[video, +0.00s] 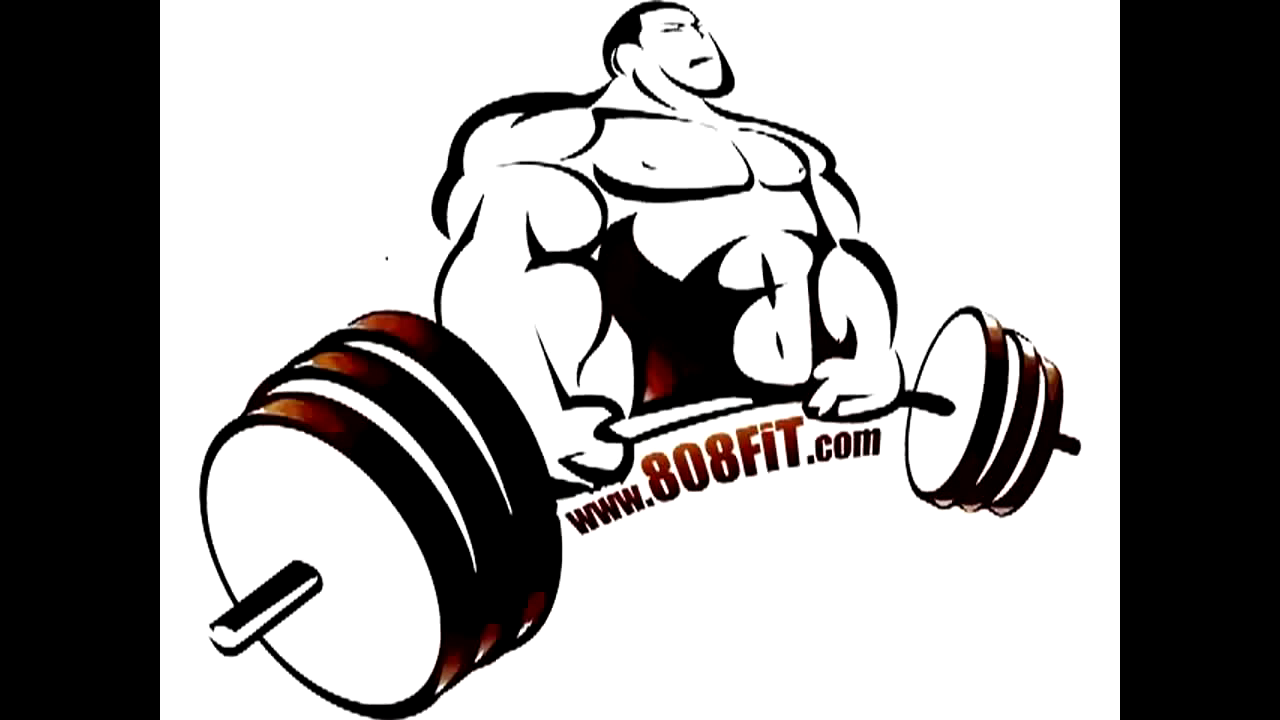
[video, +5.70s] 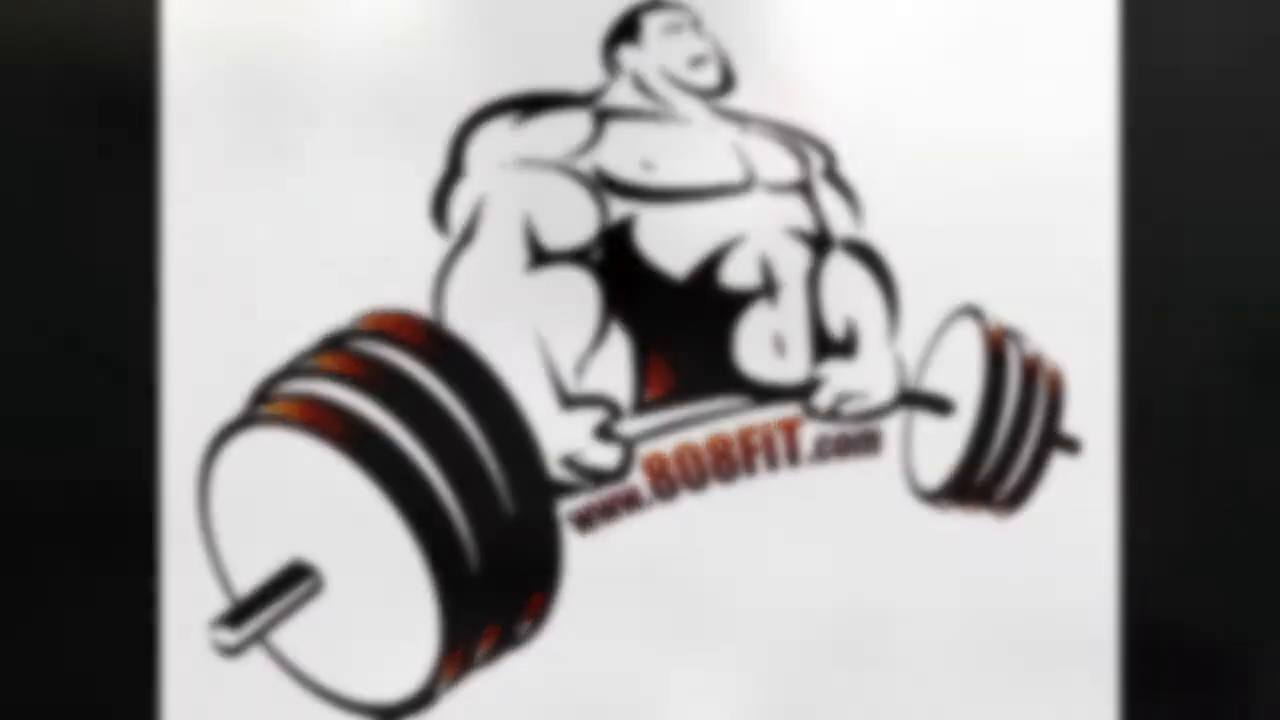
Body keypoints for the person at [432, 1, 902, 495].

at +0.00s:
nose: (702, 40)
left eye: (701, 28)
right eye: (676, 30)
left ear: (713, 45)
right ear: (629, 59)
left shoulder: (775, 145)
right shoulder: (594, 126)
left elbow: (850, 249)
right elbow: (487, 155)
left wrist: (878, 358)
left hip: (747, 330)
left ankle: (870, 369)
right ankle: (577, 429)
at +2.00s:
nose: (702, 40)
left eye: (701, 28)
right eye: (675, 30)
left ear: (713, 45)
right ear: (628, 59)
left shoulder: (776, 145)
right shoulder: (593, 127)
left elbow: (850, 250)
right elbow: (487, 155)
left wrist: (878, 358)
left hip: (747, 331)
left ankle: (870, 369)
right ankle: (577, 429)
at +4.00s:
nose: (702, 40)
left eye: (701, 28)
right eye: (675, 30)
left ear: (713, 45)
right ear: (628, 59)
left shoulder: (775, 145)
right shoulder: (593, 126)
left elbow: (850, 250)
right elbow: (487, 155)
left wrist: (878, 358)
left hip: (747, 330)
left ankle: (870, 369)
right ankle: (577, 429)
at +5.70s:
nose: (701, 43)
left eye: (700, 29)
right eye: (676, 31)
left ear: (717, 41)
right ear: (628, 58)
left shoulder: (779, 148)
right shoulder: (589, 131)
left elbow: (848, 254)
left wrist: (871, 361)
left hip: (750, 328)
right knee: (516, 191)